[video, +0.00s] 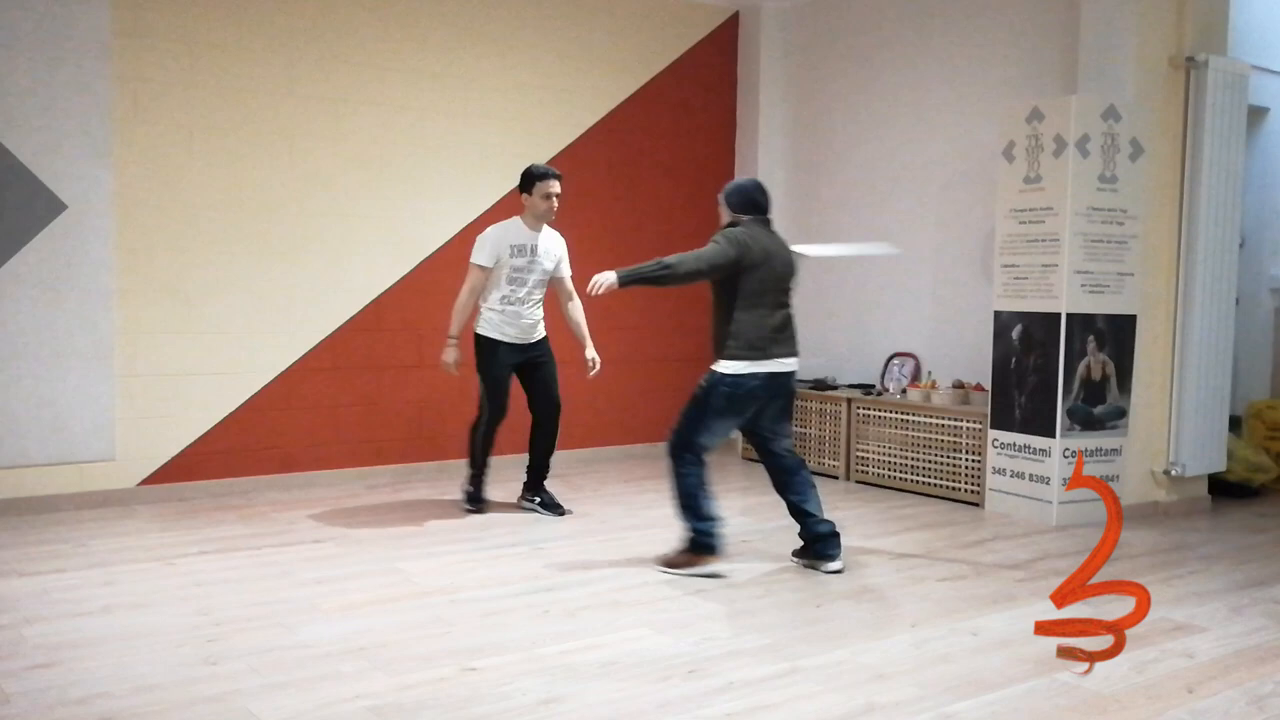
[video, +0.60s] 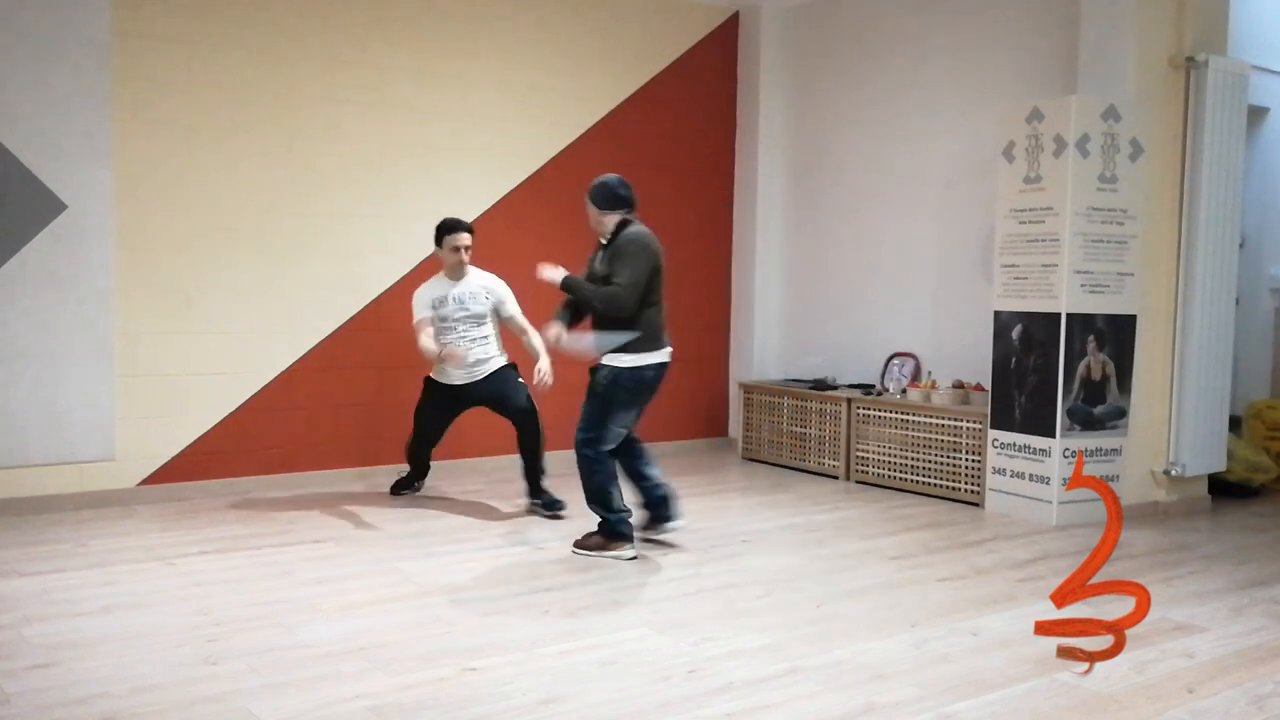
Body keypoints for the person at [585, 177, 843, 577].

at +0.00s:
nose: (719, 213)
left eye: (721, 207)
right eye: (720, 206)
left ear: (732, 209)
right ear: (761, 209)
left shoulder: (735, 241)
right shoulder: (780, 246)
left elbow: (688, 264)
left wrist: (621, 276)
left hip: (738, 372)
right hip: (781, 372)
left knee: (685, 446)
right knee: (779, 453)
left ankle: (702, 543)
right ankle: (823, 545)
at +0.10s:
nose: (719, 213)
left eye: (721, 207)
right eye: (720, 206)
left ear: (732, 209)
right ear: (761, 209)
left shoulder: (735, 241)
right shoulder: (780, 246)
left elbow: (688, 264)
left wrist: (621, 276)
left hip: (738, 372)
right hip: (781, 372)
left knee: (685, 446)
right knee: (779, 453)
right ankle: (823, 545)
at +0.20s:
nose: (694, 211)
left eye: (696, 205)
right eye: (695, 205)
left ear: (707, 209)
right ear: (734, 208)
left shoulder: (722, 240)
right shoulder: (744, 238)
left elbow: (687, 263)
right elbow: (721, 244)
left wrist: (625, 267)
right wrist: (692, 240)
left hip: (716, 374)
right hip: (754, 373)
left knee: (659, 440)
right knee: (773, 455)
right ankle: (821, 543)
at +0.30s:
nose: (665, 220)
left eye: (668, 212)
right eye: (666, 212)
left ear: (680, 213)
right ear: (704, 213)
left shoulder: (700, 245)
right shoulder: (707, 246)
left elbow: (682, 273)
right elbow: (652, 283)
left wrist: (615, 267)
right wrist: (600, 275)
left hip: (685, 377)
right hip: (720, 375)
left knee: (630, 443)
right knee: (752, 452)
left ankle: (615, 533)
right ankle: (811, 530)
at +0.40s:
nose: (635, 222)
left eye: (638, 214)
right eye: (636, 214)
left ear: (649, 216)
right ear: (671, 215)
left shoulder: (677, 248)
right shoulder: (658, 255)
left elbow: (667, 287)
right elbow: (608, 301)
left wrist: (603, 277)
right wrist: (546, 316)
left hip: (658, 376)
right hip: (690, 374)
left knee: (606, 441)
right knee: (708, 447)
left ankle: (614, 532)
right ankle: (781, 511)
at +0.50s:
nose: (609, 219)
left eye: (612, 212)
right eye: (609, 212)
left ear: (625, 213)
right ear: (641, 211)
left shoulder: (658, 245)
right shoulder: (628, 253)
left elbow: (645, 296)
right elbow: (599, 303)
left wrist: (583, 281)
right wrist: (555, 340)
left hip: (643, 371)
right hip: (664, 369)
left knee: (598, 440)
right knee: (658, 441)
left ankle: (614, 531)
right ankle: (727, 500)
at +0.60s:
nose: (588, 215)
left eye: (590, 208)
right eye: (589, 208)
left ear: (605, 210)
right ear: (616, 209)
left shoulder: (636, 242)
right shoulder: (607, 246)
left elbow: (621, 301)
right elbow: (588, 292)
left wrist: (566, 281)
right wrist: (561, 320)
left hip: (633, 362)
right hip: (623, 360)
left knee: (591, 443)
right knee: (617, 436)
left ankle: (615, 530)